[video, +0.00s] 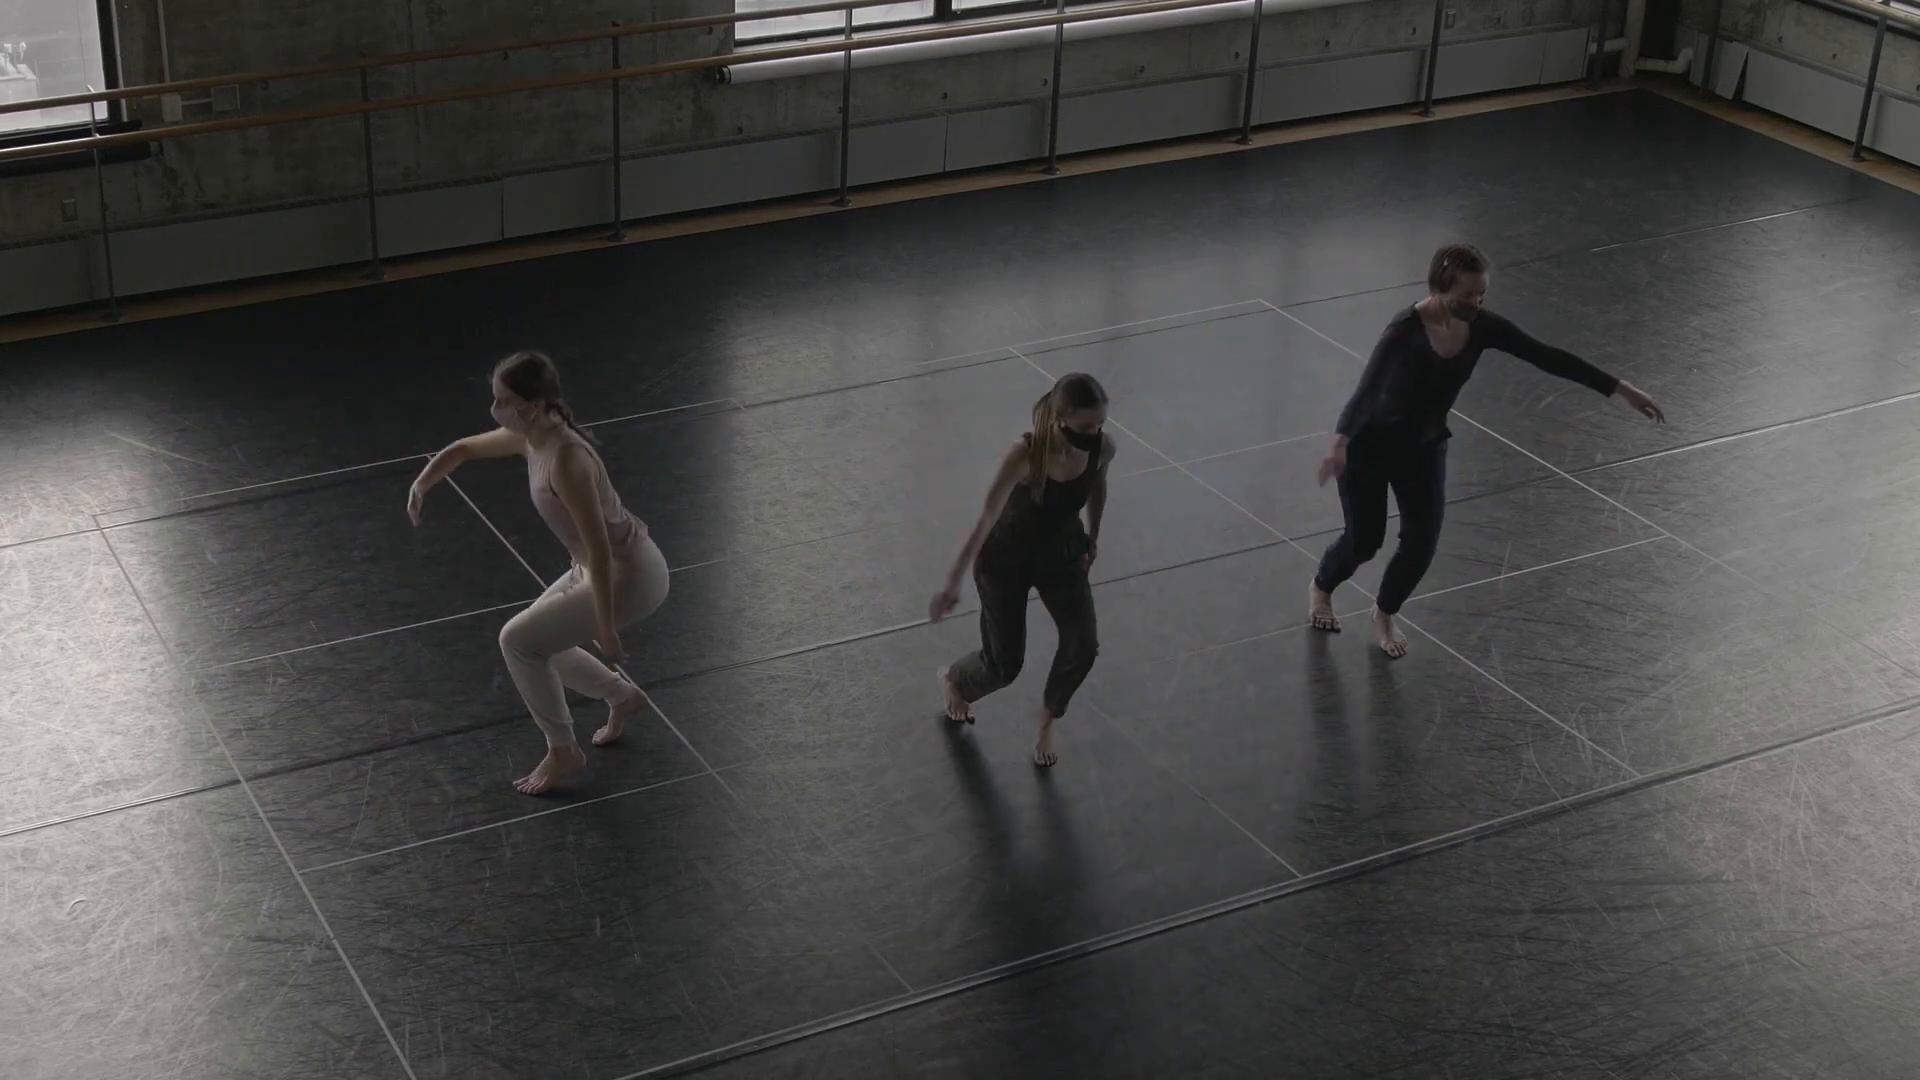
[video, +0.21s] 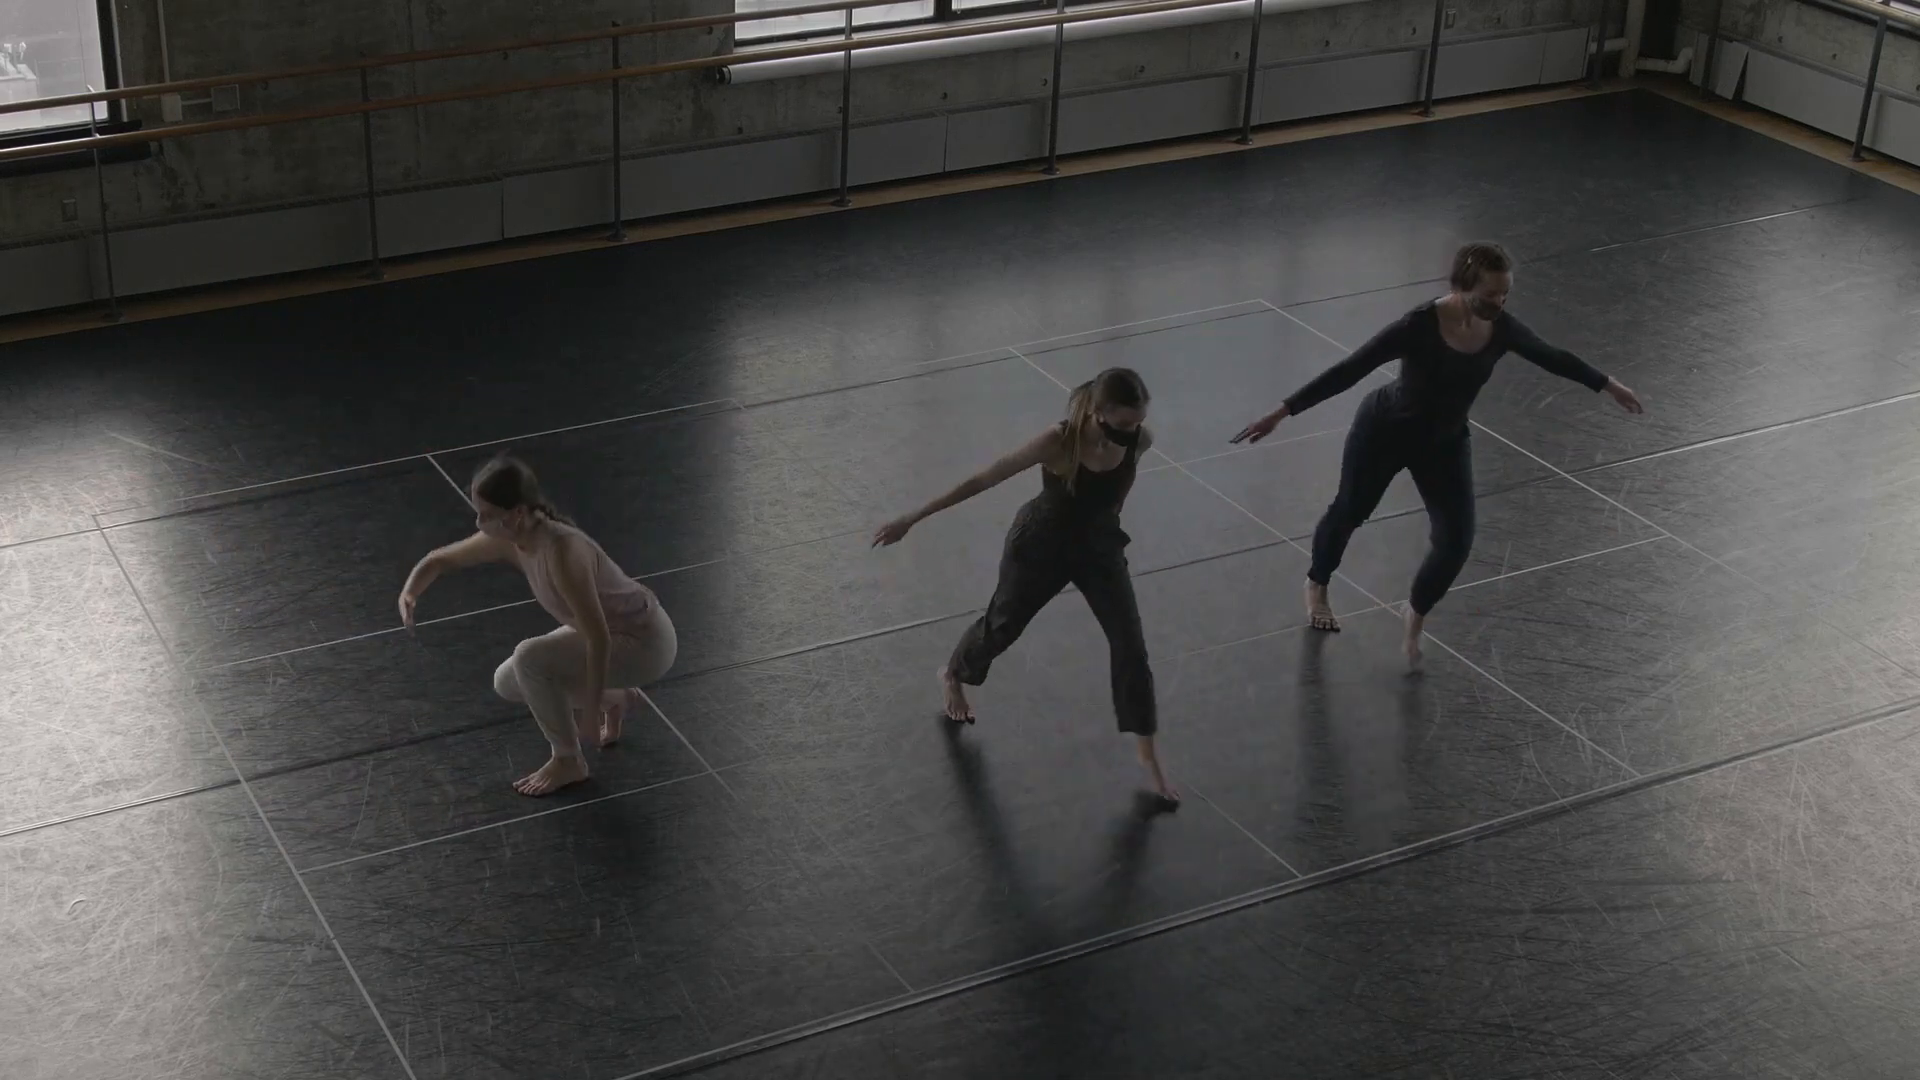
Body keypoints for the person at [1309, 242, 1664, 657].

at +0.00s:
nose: (1476, 302)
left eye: (1480, 293)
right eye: (1469, 294)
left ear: (1481, 289)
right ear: (1441, 290)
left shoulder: (1482, 327)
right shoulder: (1406, 329)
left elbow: (1547, 357)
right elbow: (1368, 388)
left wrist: (1621, 389)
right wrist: (1339, 441)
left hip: (1423, 446)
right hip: (1370, 443)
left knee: (1421, 546)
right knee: (1364, 540)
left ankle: (1383, 613)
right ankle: (1321, 587)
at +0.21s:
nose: (1499, 302)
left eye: (1503, 293)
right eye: (1492, 293)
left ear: (1504, 290)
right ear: (1465, 288)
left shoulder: (1502, 329)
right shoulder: (1421, 324)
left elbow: (1548, 357)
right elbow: (1352, 368)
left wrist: (1608, 384)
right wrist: (1283, 411)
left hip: (1444, 437)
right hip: (1387, 428)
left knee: (1456, 542)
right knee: (1350, 509)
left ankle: (1413, 617)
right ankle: (1317, 586)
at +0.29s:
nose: (1509, 322)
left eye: (1514, 313)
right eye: (1502, 314)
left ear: (1512, 311)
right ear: (1472, 308)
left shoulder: (1507, 346)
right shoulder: (1430, 342)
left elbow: (1541, 375)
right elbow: (1355, 381)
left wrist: (1580, 399)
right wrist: (1282, 416)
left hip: (1451, 455)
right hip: (1394, 444)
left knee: (1479, 555)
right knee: (1352, 519)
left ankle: (1452, 654)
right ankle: (1315, 585)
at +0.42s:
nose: (1533, 365)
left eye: (1539, 357)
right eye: (1526, 356)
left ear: (1541, 353)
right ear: (1498, 348)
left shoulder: (1528, 394)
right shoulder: (1453, 385)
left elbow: (1489, 445)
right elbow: (1380, 421)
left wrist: (1469, 482)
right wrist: (1307, 453)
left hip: (1472, 497)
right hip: (1417, 489)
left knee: (1515, 597)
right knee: (1363, 549)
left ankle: (1472, 697)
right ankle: (1313, 585)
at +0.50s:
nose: (1562, 376)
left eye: (1566, 367)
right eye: (1556, 367)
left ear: (1565, 361)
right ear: (1527, 359)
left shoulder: (1550, 394)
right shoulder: (1478, 399)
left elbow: (1514, 450)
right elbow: (1420, 443)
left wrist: (1491, 492)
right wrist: (1356, 486)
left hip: (1492, 509)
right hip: (1438, 504)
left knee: (1527, 611)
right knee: (1386, 587)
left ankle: (1474, 699)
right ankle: (1320, 584)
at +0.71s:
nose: (1618, 382)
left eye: (1623, 374)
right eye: (1614, 373)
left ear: (1592, 357)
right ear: (1592, 358)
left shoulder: (1566, 389)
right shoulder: (1537, 403)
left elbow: (1494, 422)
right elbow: (1518, 492)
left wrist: (1448, 462)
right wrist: (1513, 576)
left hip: (1506, 503)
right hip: (1462, 507)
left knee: (1525, 608)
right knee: (1481, 631)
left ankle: (1473, 699)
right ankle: (1394, 697)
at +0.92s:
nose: (1661, 384)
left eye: (1666, 376)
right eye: (1660, 375)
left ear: (1623, 349)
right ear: (1638, 364)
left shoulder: (1570, 372)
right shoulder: (1604, 415)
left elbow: (1518, 409)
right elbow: (1592, 504)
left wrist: (1478, 439)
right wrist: (1602, 587)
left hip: (1469, 482)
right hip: (1496, 522)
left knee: (1428, 576)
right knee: (1528, 644)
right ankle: (1504, 761)